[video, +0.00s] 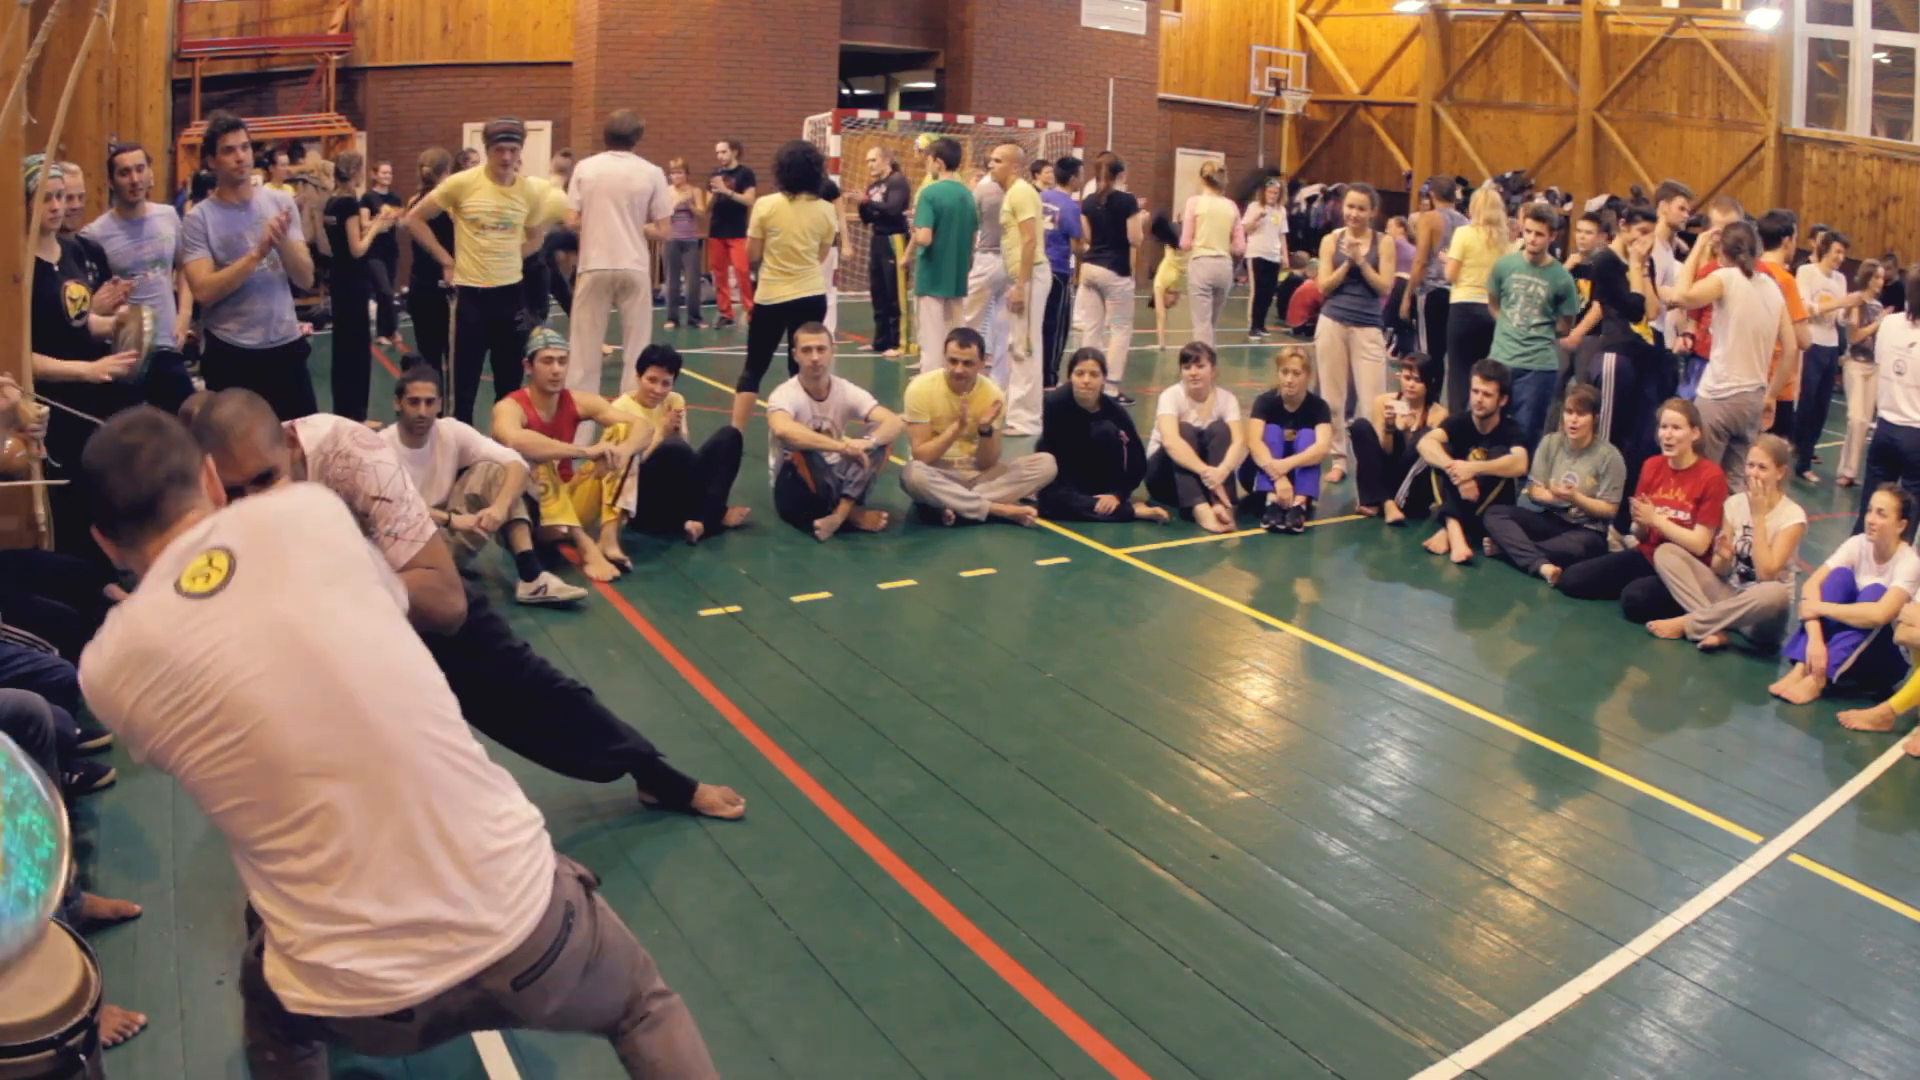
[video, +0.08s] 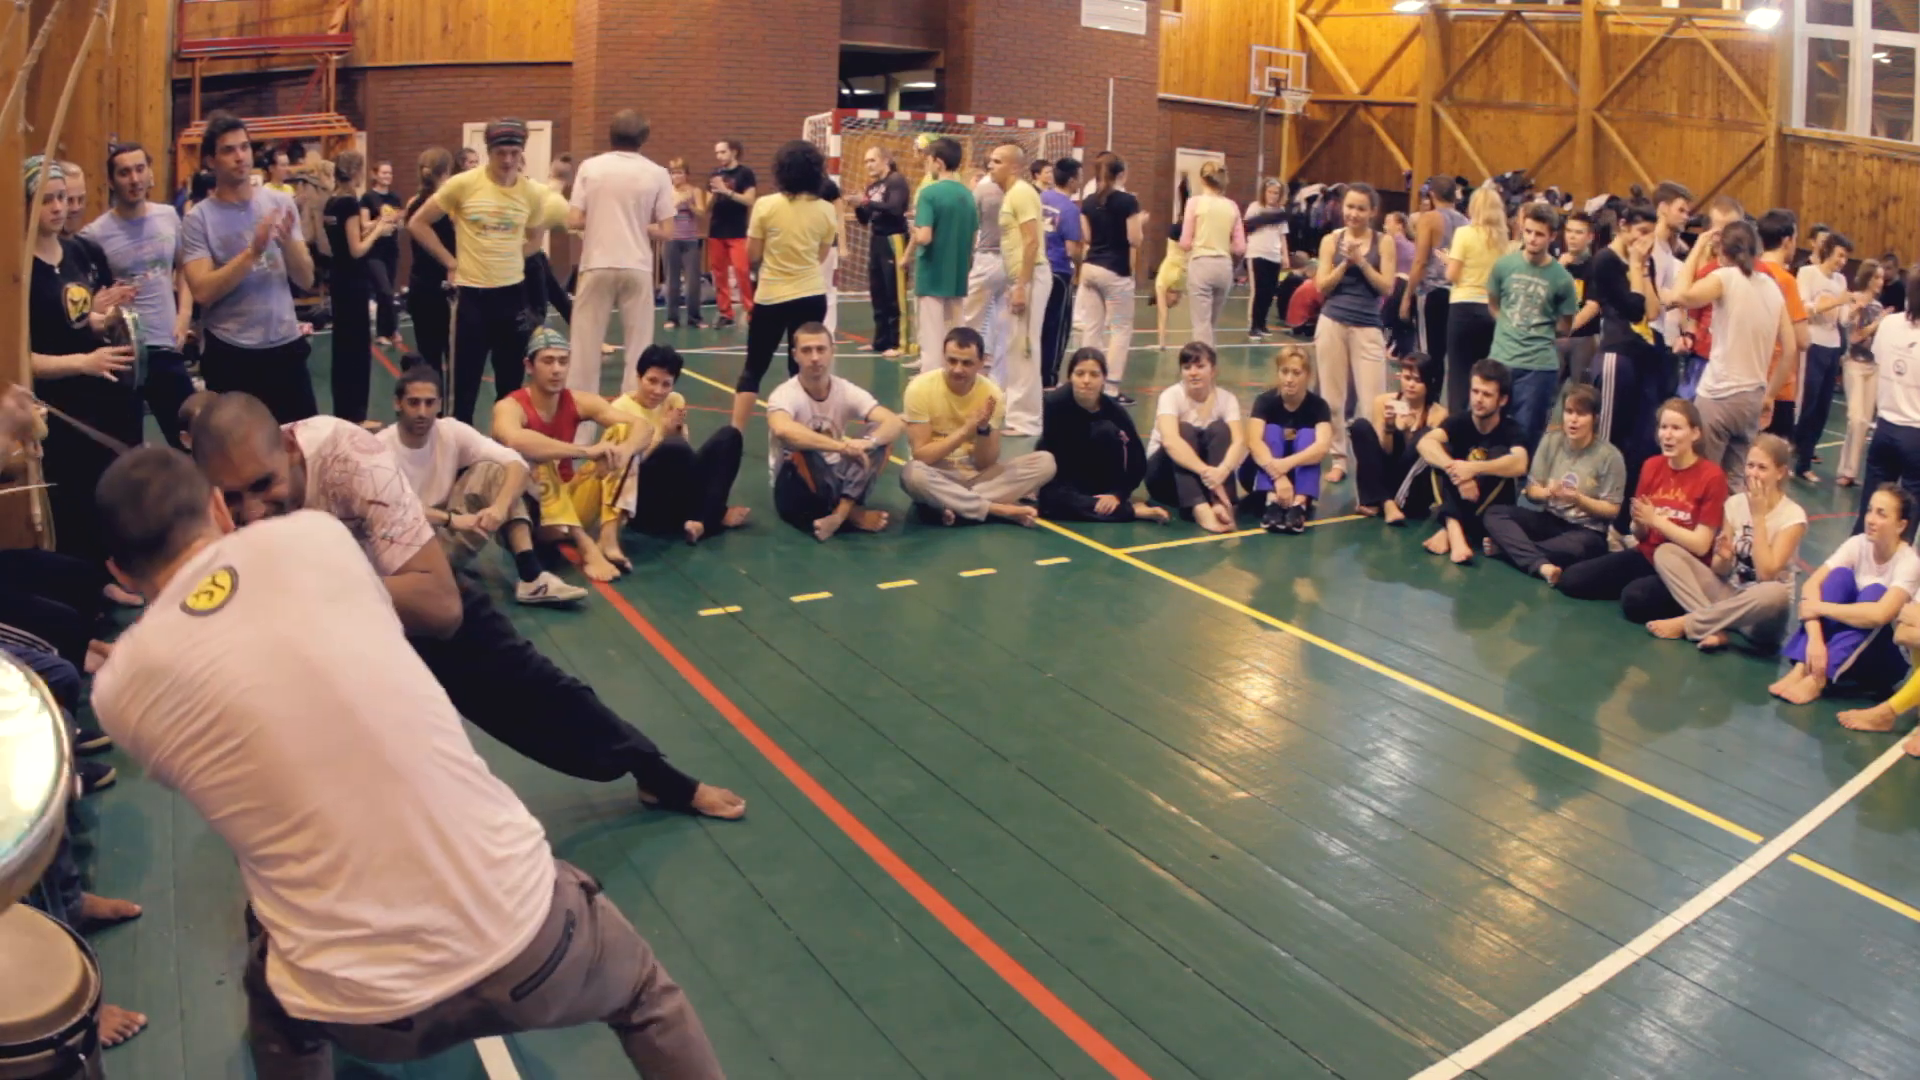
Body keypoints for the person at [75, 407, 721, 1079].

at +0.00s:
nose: (271, 469)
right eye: (243, 464)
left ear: (107, 547)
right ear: (213, 478)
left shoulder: (108, 672)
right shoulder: (315, 511)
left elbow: (187, 766)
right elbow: (391, 631)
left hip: (356, 1002)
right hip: (528, 936)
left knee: (272, 993)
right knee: (644, 1010)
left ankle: (285, 1063)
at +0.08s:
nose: (257, 502)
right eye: (240, 492)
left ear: (120, 579)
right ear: (218, 505)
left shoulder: (119, 694)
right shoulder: (320, 537)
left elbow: (213, 788)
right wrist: (145, 667)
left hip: (366, 1018)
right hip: (535, 949)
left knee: (275, 967)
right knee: (642, 992)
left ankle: (290, 1057)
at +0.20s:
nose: (285, 513)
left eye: (285, 493)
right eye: (271, 508)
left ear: (171, 589)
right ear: (263, 523)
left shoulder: (160, 691)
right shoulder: (362, 559)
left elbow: (236, 791)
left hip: (391, 1020)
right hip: (557, 956)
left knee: (297, 970)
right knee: (651, 962)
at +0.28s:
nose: (347, 505)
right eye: (340, 495)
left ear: (222, 550)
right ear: (330, 514)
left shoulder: (202, 661)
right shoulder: (412, 555)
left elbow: (251, 767)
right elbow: (472, 641)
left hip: (406, 1006)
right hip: (569, 965)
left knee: (314, 990)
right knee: (669, 936)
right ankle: (724, 1070)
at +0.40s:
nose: (339, 487)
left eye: (346, 476)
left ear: (363, 476)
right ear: (465, 472)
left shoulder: (320, 573)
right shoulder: (542, 534)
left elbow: (259, 752)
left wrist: (339, 713)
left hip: (427, 960)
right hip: (605, 932)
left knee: (354, 996)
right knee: (735, 902)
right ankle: (802, 1070)